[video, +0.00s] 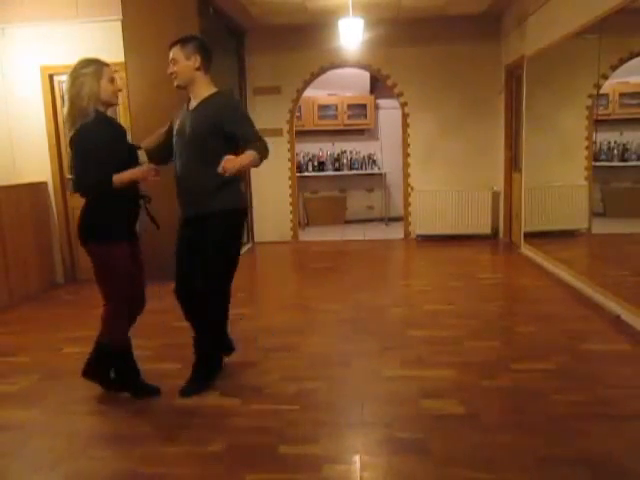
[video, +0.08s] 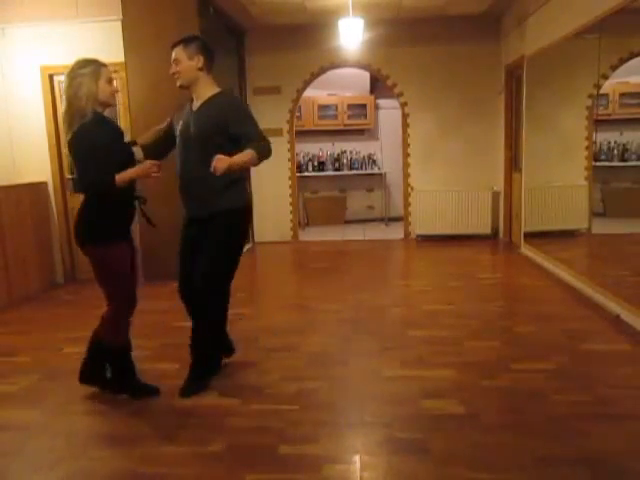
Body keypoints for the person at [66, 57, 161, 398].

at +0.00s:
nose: (117, 85)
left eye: (115, 79)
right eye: (110, 80)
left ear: (99, 86)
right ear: (91, 87)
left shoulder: (110, 126)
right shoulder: (89, 131)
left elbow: (127, 161)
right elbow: (87, 184)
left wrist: (168, 131)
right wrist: (132, 176)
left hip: (120, 222)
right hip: (102, 226)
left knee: (133, 298)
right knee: (119, 300)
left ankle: (100, 361)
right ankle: (126, 373)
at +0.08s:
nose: (115, 86)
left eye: (113, 80)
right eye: (108, 81)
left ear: (90, 88)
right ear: (89, 88)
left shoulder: (105, 126)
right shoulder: (89, 131)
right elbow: (95, 183)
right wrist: (134, 173)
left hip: (114, 222)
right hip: (100, 225)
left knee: (124, 299)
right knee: (121, 301)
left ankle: (96, 366)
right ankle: (120, 373)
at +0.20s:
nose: (111, 89)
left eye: (110, 83)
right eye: (105, 84)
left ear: (85, 92)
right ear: (86, 90)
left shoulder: (96, 129)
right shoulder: (88, 133)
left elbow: (107, 177)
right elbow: (98, 186)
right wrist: (134, 175)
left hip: (99, 228)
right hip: (99, 231)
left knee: (104, 303)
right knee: (139, 298)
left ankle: (91, 377)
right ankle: (105, 372)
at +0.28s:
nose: (111, 90)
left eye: (109, 84)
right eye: (105, 84)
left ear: (84, 92)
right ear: (86, 91)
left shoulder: (94, 130)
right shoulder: (88, 133)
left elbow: (107, 175)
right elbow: (98, 187)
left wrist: (143, 149)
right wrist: (133, 176)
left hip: (95, 230)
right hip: (100, 233)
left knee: (98, 303)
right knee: (142, 296)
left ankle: (88, 377)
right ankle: (106, 372)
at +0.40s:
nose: (116, 93)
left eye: (115, 87)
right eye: (110, 88)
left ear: (92, 93)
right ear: (92, 93)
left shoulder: (101, 130)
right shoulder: (91, 136)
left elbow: (122, 167)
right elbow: (101, 189)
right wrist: (138, 179)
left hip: (100, 235)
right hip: (104, 238)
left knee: (89, 308)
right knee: (159, 290)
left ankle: (86, 377)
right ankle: (134, 360)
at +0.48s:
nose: (124, 95)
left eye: (123, 89)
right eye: (118, 89)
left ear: (100, 94)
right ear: (99, 93)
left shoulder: (109, 132)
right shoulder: (95, 137)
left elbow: (132, 164)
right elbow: (99, 192)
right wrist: (139, 182)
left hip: (109, 237)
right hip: (110, 240)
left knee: (93, 306)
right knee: (162, 292)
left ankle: (86, 376)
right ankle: (163, 367)